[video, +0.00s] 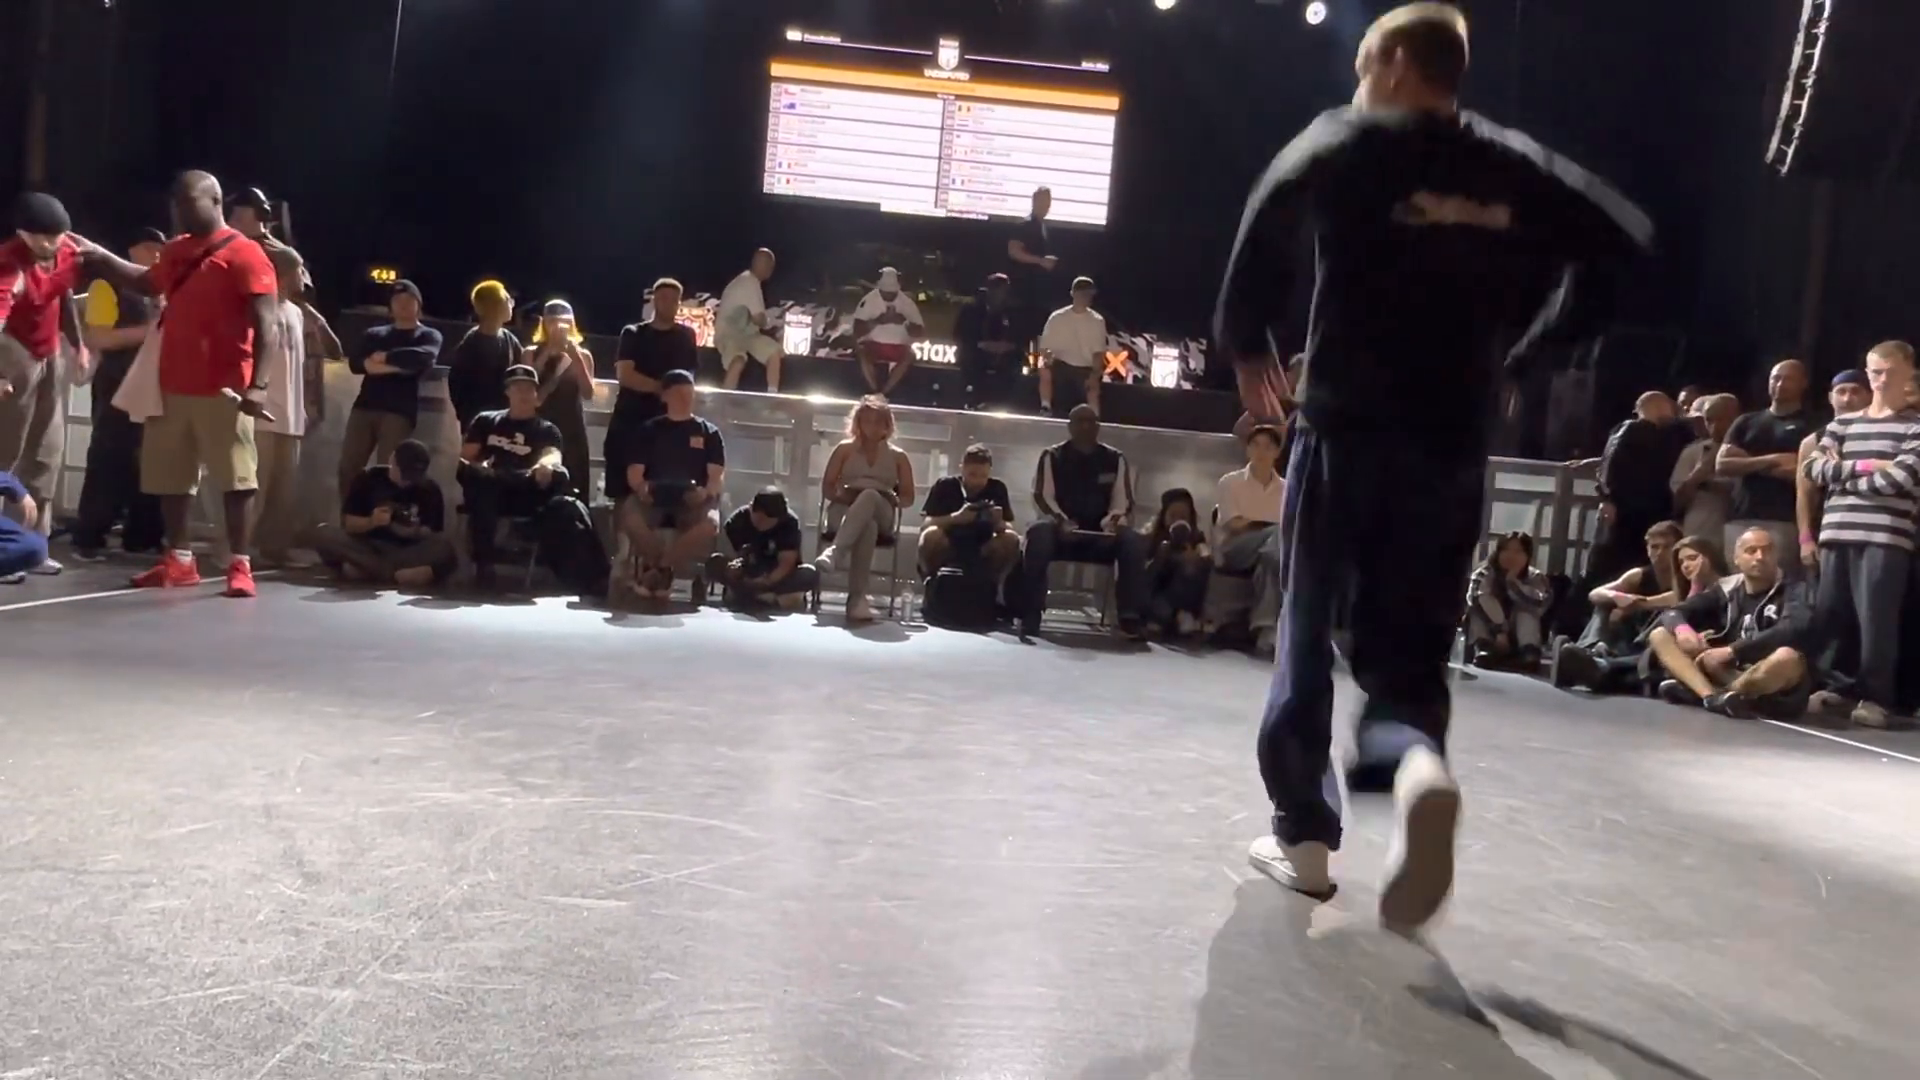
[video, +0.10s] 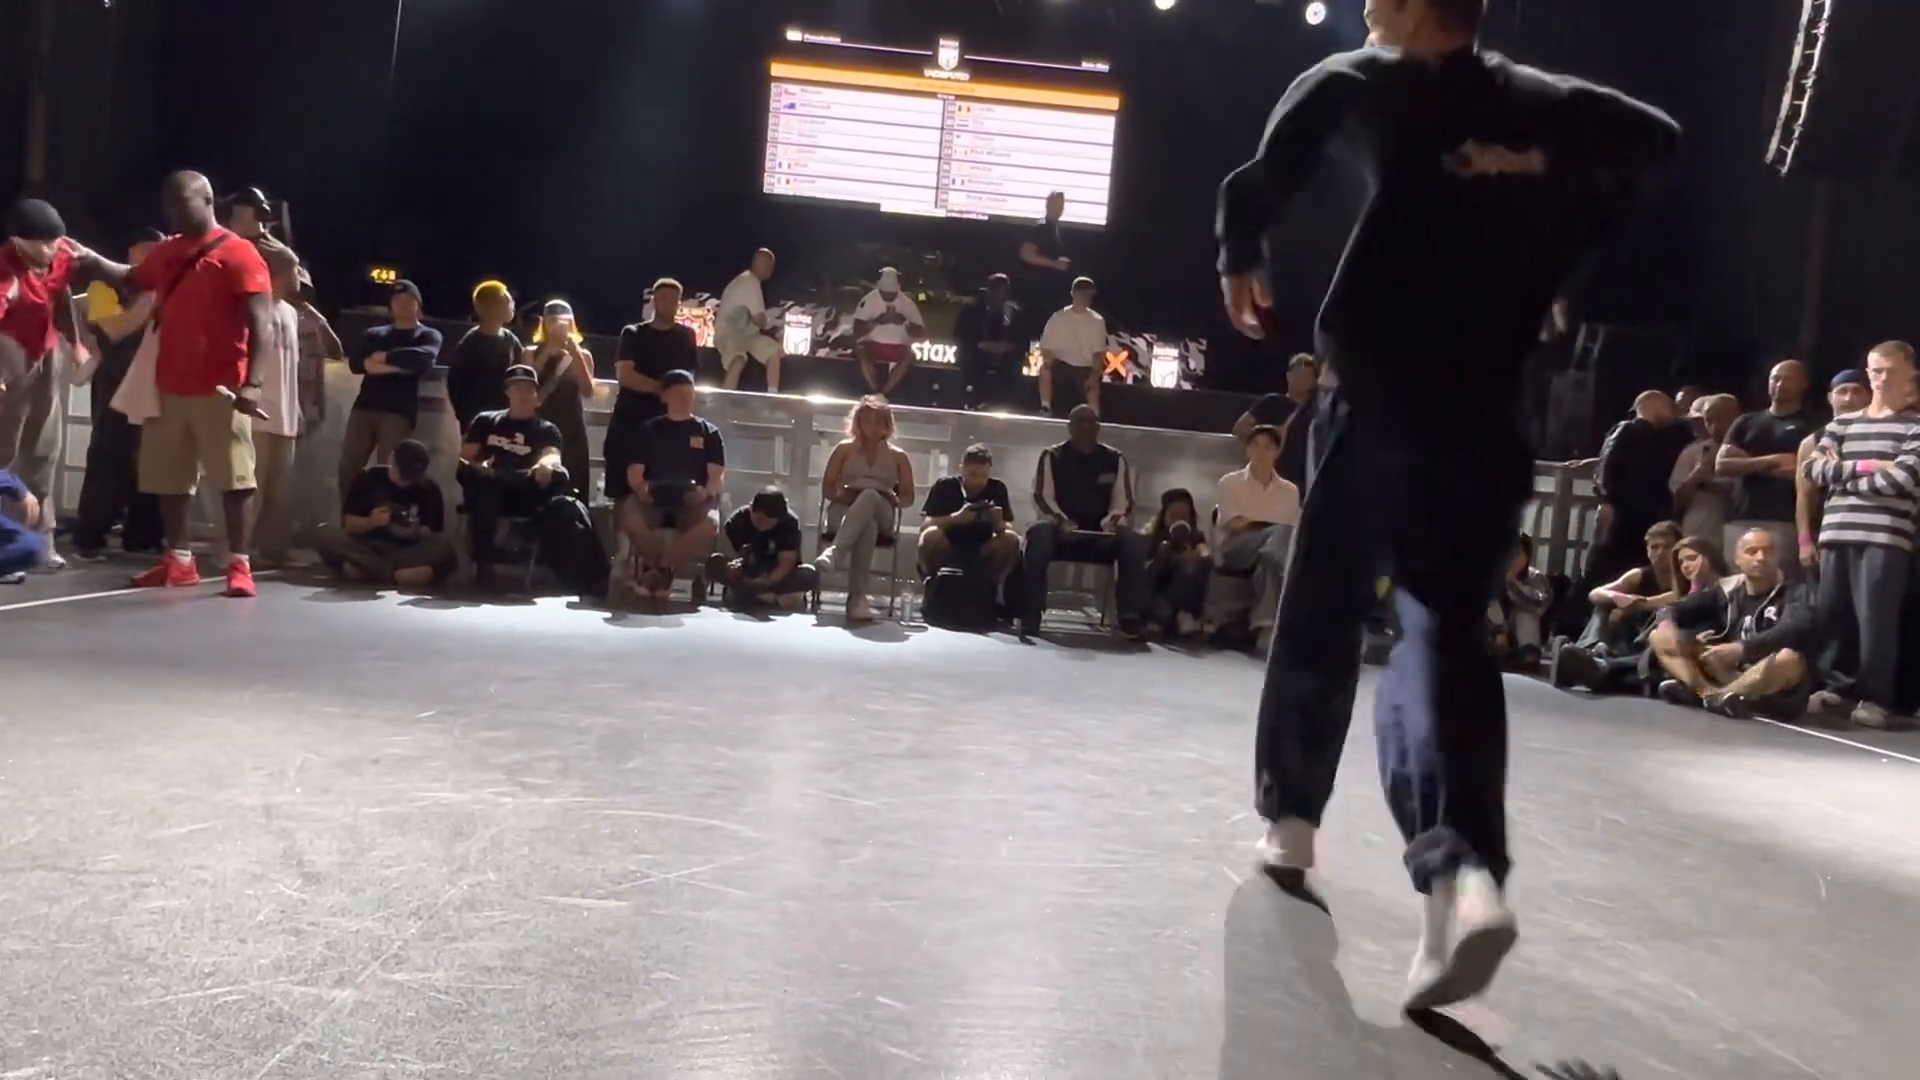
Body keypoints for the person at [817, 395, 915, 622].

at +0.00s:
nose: (875, 427)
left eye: (881, 422)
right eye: (869, 421)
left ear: (889, 426)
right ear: (858, 424)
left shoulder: (898, 457)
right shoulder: (845, 450)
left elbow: (908, 498)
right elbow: (828, 489)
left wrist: (885, 497)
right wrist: (852, 500)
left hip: (882, 518)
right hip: (843, 512)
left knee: (869, 496)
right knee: (867, 524)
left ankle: (834, 551)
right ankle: (857, 600)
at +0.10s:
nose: (874, 427)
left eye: (880, 422)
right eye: (869, 421)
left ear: (888, 426)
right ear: (858, 424)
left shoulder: (898, 457)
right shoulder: (844, 450)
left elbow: (908, 498)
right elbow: (828, 489)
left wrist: (884, 497)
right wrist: (852, 500)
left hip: (883, 518)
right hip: (843, 512)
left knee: (869, 496)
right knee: (867, 524)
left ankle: (835, 550)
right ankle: (857, 600)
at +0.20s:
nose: (876, 427)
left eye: (881, 422)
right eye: (870, 421)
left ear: (888, 426)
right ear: (858, 424)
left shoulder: (898, 457)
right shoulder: (844, 450)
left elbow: (907, 499)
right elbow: (828, 489)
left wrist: (882, 497)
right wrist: (852, 500)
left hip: (882, 518)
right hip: (843, 512)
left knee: (869, 496)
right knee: (867, 524)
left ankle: (834, 551)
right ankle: (857, 600)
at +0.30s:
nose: (877, 427)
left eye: (882, 422)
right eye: (870, 421)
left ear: (889, 426)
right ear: (859, 424)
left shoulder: (898, 457)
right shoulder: (845, 450)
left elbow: (908, 498)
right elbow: (828, 489)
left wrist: (883, 497)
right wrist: (851, 499)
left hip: (883, 518)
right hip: (843, 512)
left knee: (869, 496)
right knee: (868, 524)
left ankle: (835, 551)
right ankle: (857, 599)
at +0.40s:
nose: (873, 427)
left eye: (879, 421)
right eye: (868, 421)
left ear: (888, 425)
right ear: (859, 423)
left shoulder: (898, 457)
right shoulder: (845, 449)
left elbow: (908, 498)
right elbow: (828, 489)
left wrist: (889, 499)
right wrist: (848, 498)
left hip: (883, 517)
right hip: (844, 512)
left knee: (869, 496)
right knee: (869, 527)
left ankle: (835, 552)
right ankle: (857, 598)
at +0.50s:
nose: (874, 427)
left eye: (879, 421)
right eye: (868, 421)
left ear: (888, 425)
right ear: (858, 423)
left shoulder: (898, 457)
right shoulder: (845, 449)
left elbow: (908, 498)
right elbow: (828, 489)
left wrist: (890, 500)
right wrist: (848, 498)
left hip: (883, 517)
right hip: (844, 511)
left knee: (869, 496)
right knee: (869, 526)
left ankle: (835, 552)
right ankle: (857, 598)